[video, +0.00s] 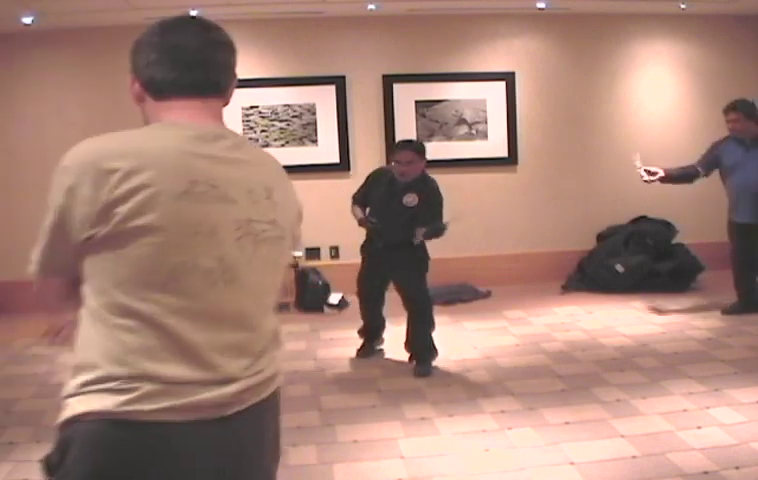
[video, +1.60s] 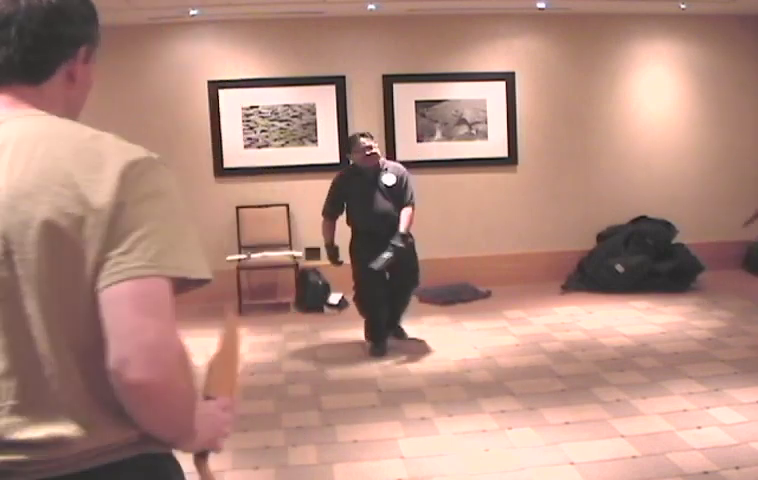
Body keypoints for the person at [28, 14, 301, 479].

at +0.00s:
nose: (132, 94)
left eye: (131, 83)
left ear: (138, 89)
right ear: (230, 88)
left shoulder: (95, 163)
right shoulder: (273, 175)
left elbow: (52, 291)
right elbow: (271, 288)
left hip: (119, 443)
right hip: (245, 439)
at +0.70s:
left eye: (133, 84)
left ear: (143, 90)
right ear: (231, 86)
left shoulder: (92, 168)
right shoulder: (286, 169)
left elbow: (69, 303)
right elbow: (301, 280)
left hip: (136, 436)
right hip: (266, 429)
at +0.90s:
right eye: (197, 78)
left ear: (99, 82)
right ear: (192, 83)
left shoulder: (26, 181)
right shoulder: (258, 179)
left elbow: (10, 335)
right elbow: (291, 330)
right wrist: (204, 332)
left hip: (78, 456)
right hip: (227, 449)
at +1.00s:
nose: (171, 92)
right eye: (171, 81)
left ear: (68, 85)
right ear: (162, 86)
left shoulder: (9, 174)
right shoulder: (226, 182)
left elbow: (4, 328)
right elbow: (282, 339)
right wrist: (209, 371)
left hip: (37, 462)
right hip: (195, 457)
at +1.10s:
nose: (142, 89)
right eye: (142, 78)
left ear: (39, 78)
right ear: (133, 83)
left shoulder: (5, 164)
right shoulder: (186, 182)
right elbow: (263, 355)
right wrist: (220, 397)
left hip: (18, 462)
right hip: (163, 460)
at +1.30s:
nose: (108, 84)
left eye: (109, 68)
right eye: (110, 69)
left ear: (6, 59)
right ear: (95, 71)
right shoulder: (147, 175)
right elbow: (194, 360)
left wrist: (218, 419)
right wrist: (222, 422)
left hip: (12, 462)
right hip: (131, 458)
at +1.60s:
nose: (92, 82)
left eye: (93, 64)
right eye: (93, 64)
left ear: (7, 54)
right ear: (77, 64)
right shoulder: (112, 171)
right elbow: (142, 366)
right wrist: (192, 427)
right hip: (104, 462)